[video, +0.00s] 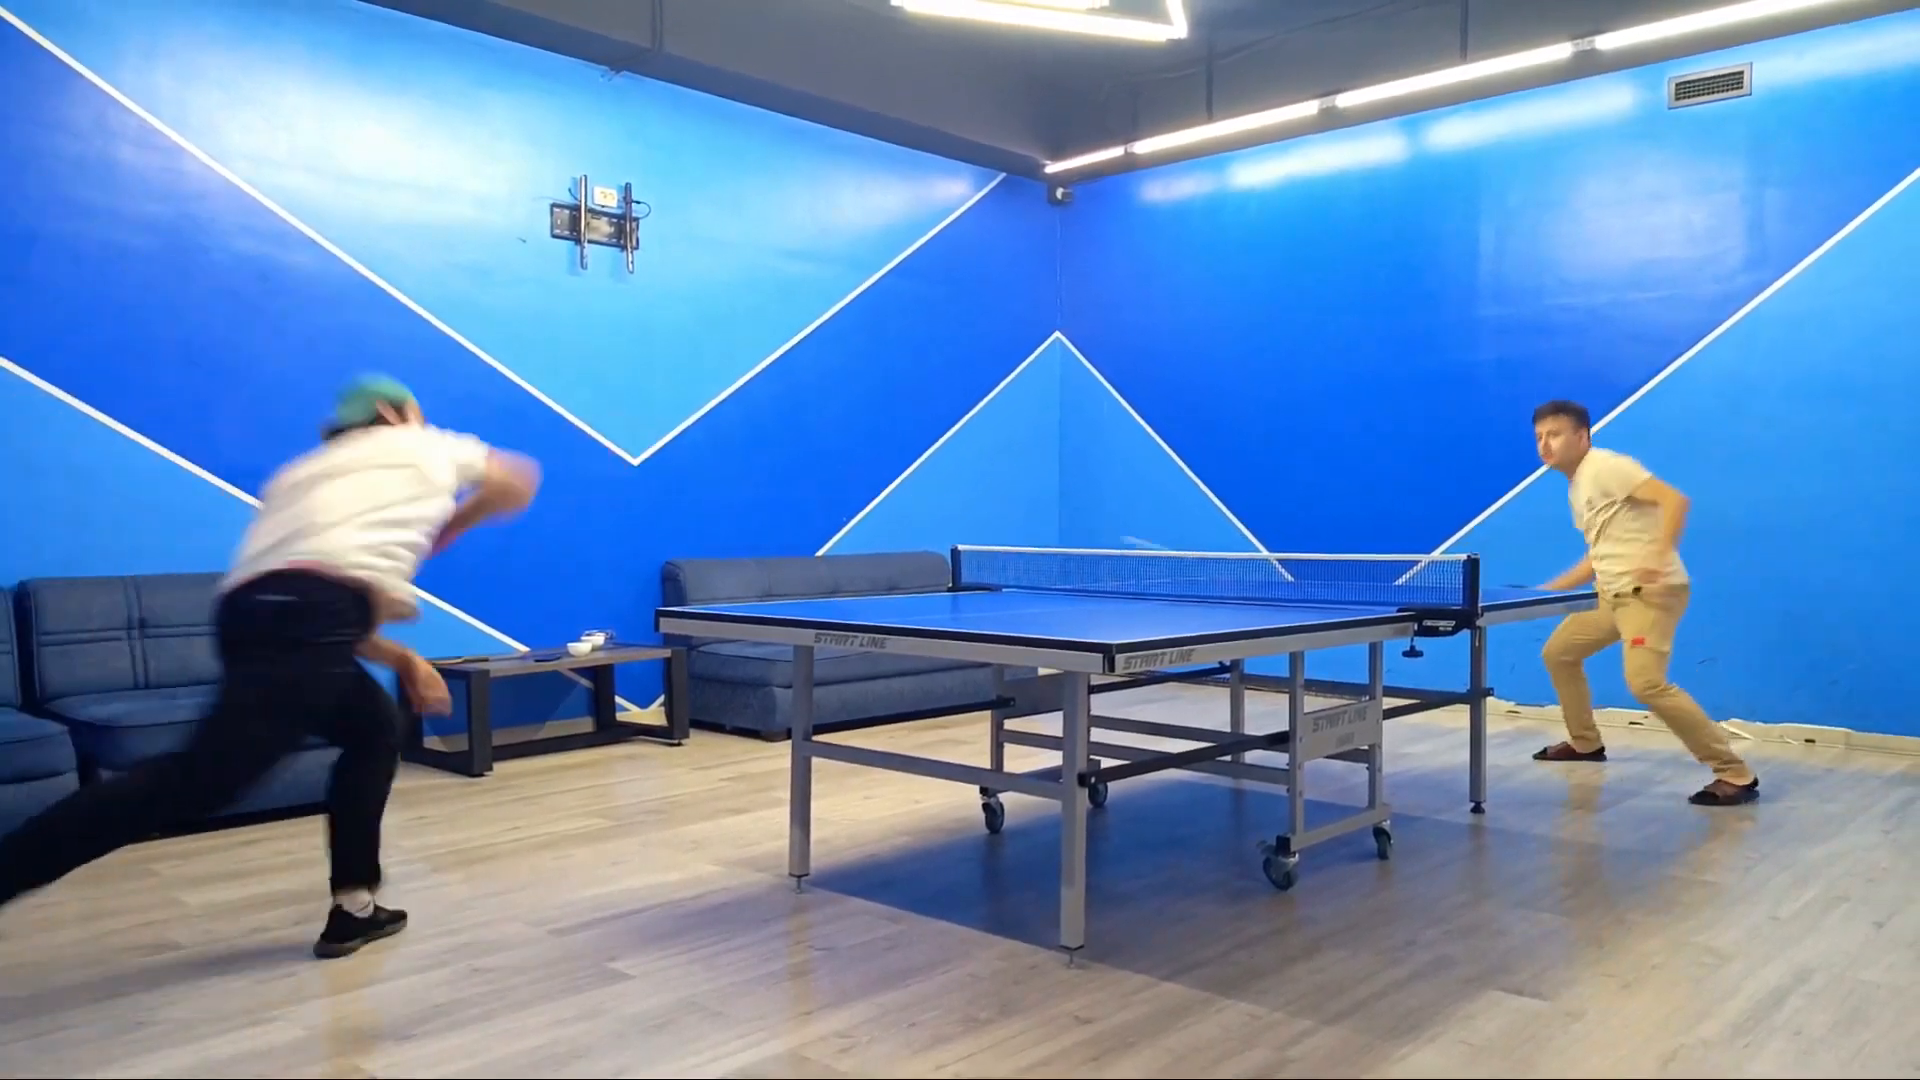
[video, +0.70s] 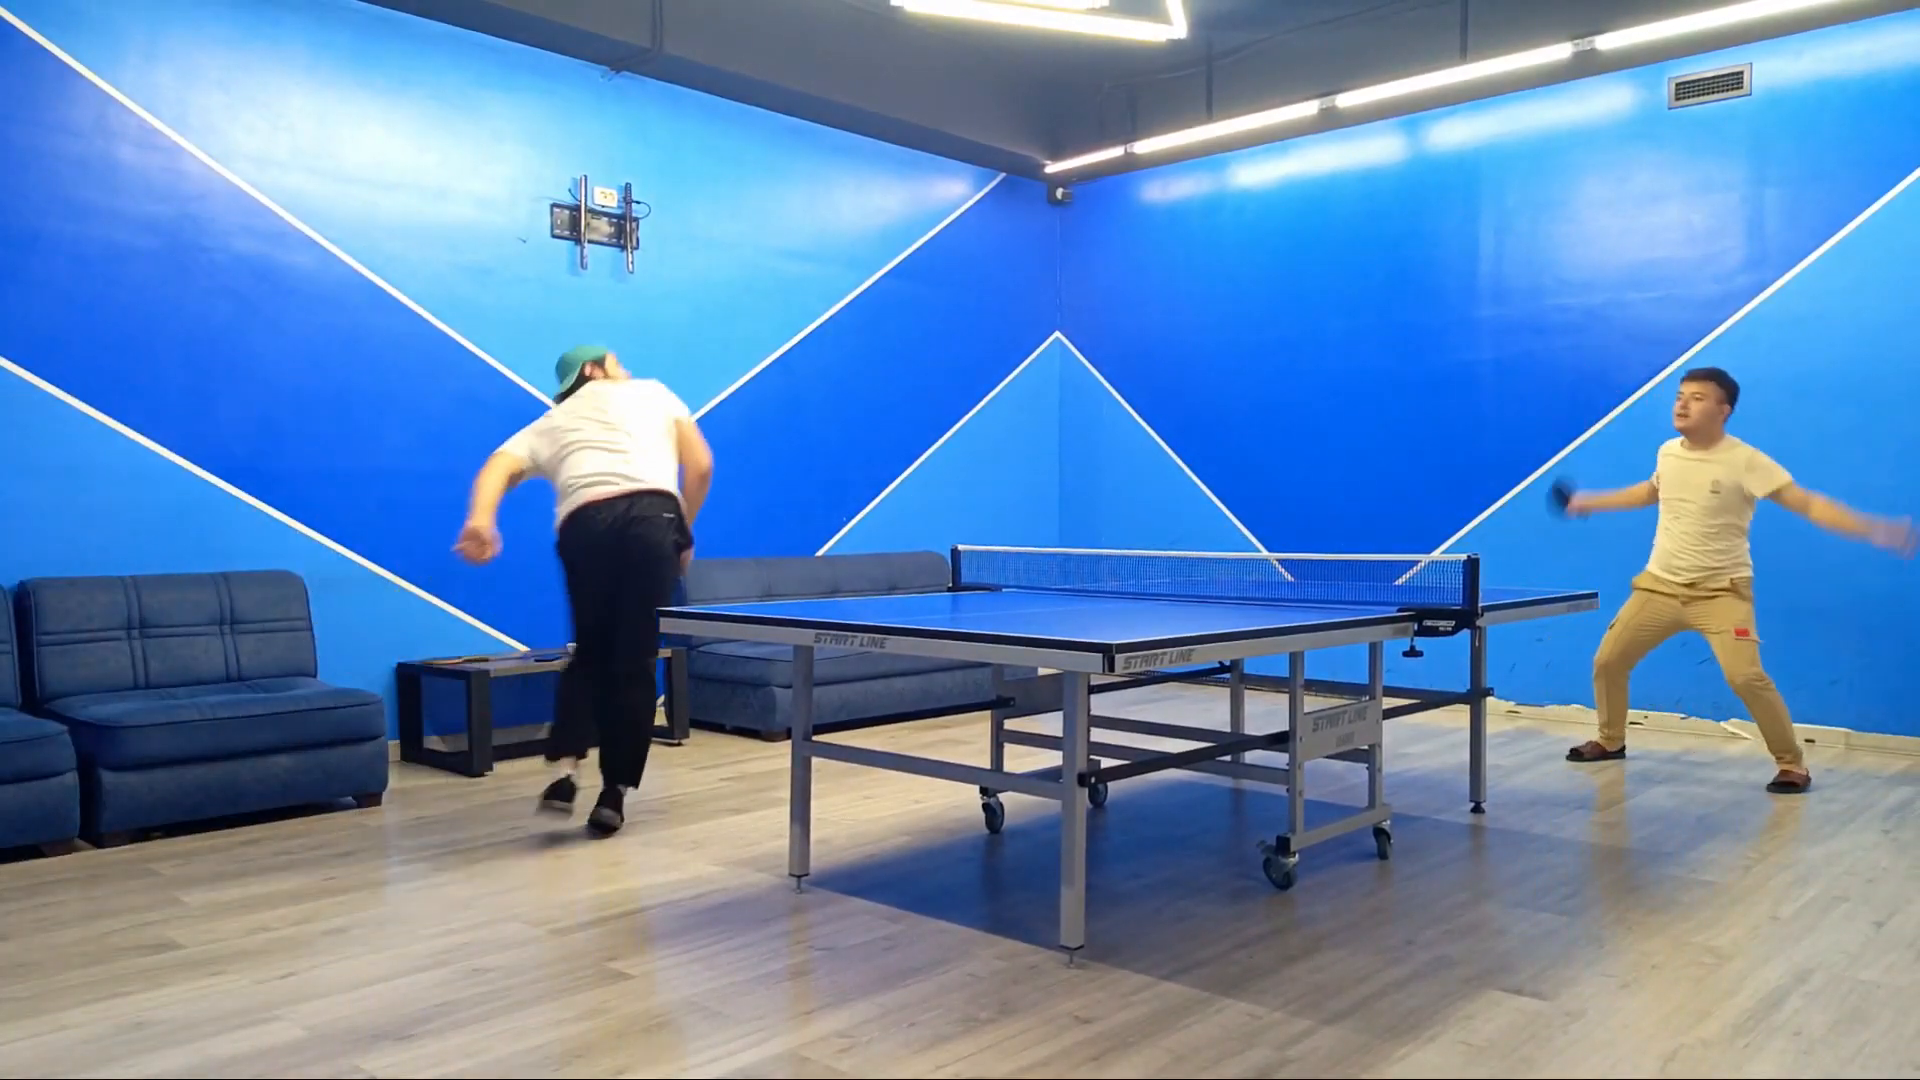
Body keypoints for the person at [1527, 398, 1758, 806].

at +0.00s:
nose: (1544, 445)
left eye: (1553, 435)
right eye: (1539, 438)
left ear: (1582, 436)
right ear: (1539, 443)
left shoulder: (1606, 467)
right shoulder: (1580, 487)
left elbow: (1675, 501)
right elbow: (1603, 553)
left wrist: (1660, 557)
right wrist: (1555, 587)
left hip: (1652, 593)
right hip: (1615, 598)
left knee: (1647, 684)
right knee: (1558, 654)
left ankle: (1736, 775)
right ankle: (1584, 743)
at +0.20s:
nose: (1564, 442)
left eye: (1572, 432)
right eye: (1562, 435)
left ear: (1601, 432)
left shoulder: (1616, 456)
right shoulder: (1600, 481)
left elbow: (1644, 480)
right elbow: (1599, 552)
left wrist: (1604, 506)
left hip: (1646, 588)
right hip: (1617, 595)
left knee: (1641, 682)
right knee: (1556, 649)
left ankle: (1732, 771)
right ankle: (1583, 742)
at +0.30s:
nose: (1587, 405)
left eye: (1595, 395)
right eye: (1584, 397)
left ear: (1625, 395)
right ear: (1588, 403)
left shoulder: (1648, 422)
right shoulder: (1605, 449)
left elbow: (1691, 440)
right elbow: (1572, 489)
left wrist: (1665, 446)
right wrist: (1551, 453)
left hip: (1662, 562)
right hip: (1619, 568)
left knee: (1675, 660)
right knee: (1575, 645)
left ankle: (1724, 768)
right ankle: (1584, 741)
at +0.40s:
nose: (1612, 378)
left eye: (1620, 368)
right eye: (1608, 370)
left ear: (1652, 369)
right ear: (1611, 375)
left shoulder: (1678, 405)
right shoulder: (1624, 417)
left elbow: (1738, 413)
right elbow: (1602, 427)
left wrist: (1757, 394)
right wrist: (1574, 396)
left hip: (1676, 547)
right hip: (1626, 548)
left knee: (1698, 649)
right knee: (1602, 639)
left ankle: (1749, 754)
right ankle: (1589, 735)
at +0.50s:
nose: (1638, 375)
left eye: (1649, 367)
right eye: (1634, 368)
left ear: (1678, 371)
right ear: (1637, 374)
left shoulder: (1706, 410)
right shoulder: (1647, 414)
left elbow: (1778, 415)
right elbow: (1636, 413)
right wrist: (1601, 395)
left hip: (1692, 556)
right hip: (1636, 551)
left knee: (1723, 655)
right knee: (1604, 638)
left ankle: (1782, 754)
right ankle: (1608, 734)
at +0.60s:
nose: (1661, 390)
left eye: (1674, 384)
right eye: (1660, 382)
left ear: (1703, 393)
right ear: (1657, 388)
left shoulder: (1730, 438)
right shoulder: (1663, 435)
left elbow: (1806, 455)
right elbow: (1653, 456)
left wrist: (1873, 445)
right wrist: (1606, 439)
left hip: (1712, 583)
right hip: (1651, 577)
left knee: (1742, 671)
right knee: (1606, 653)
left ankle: (1791, 764)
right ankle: (1609, 739)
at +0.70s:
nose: (1682, 404)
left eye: (1695, 397)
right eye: (1680, 395)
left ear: (1723, 411)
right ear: (1676, 404)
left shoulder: (1746, 462)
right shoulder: (1668, 453)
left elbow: (1806, 503)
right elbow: (1650, 492)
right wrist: (1588, 502)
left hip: (1722, 594)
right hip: (1659, 589)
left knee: (1745, 678)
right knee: (1608, 661)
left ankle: (1791, 765)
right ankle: (1609, 741)